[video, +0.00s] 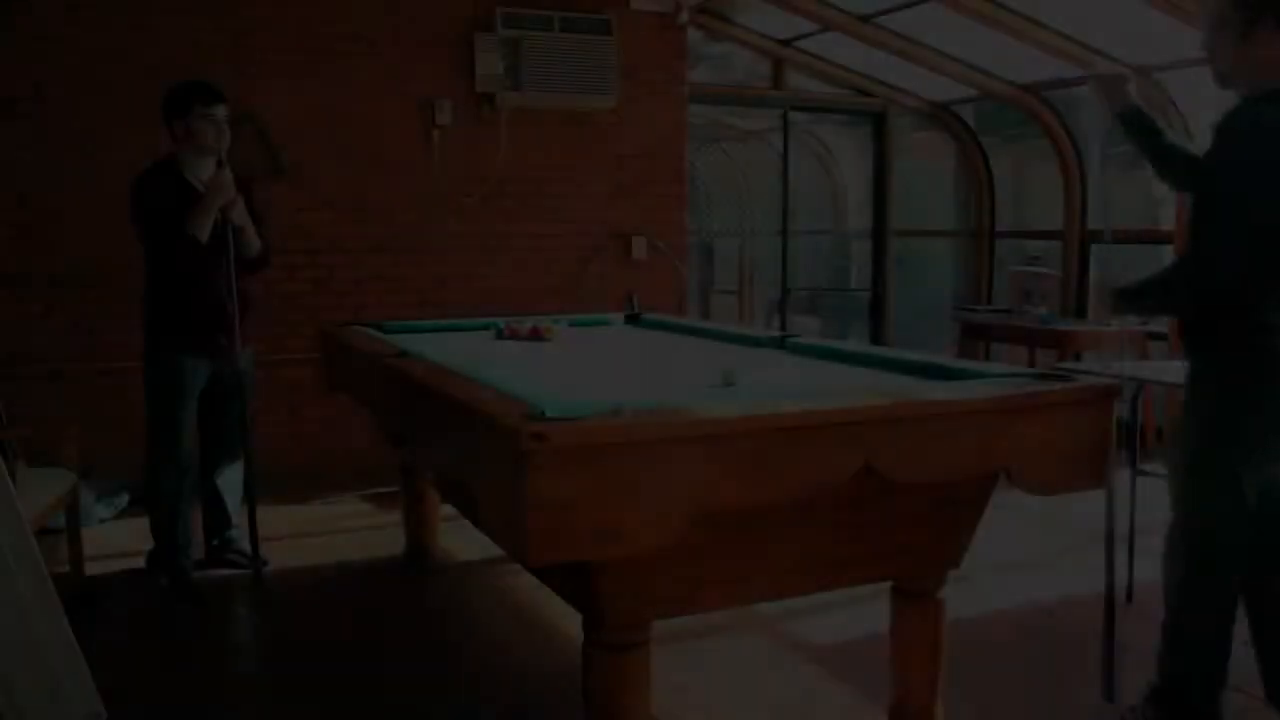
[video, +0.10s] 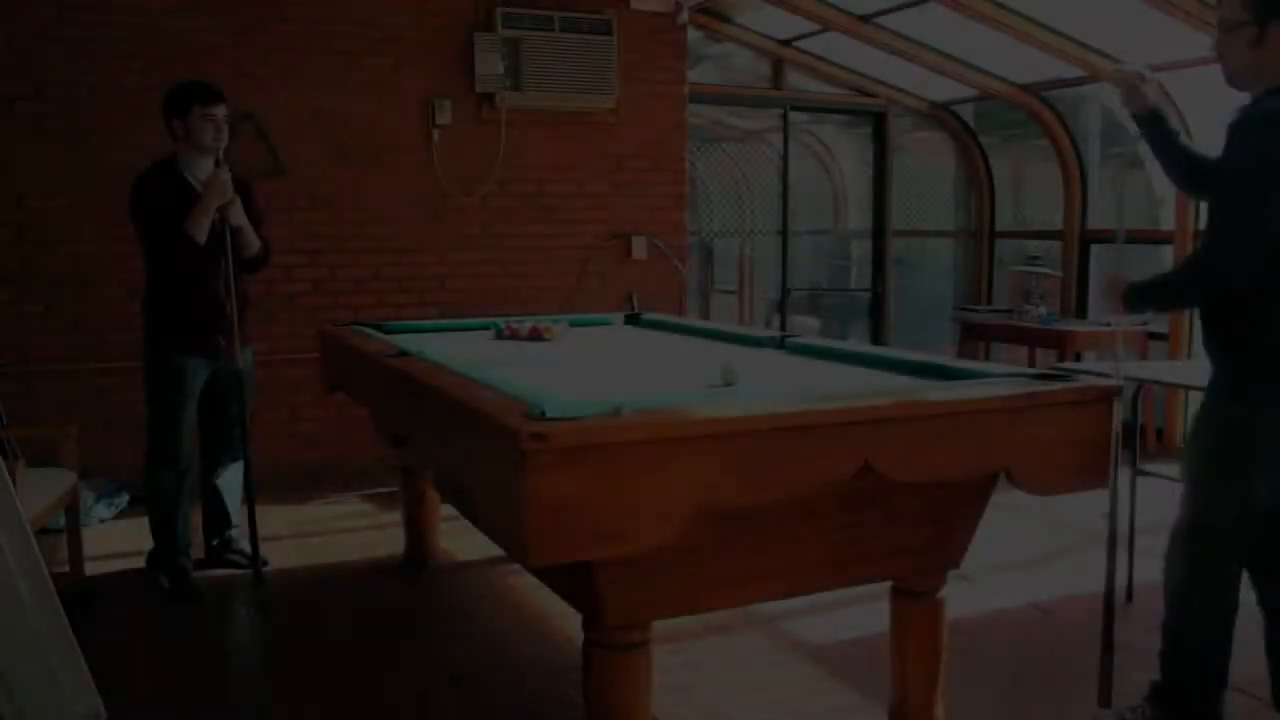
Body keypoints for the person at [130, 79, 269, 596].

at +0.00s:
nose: (222, 132)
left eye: (224, 122)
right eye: (210, 122)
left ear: (227, 130)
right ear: (181, 129)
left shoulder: (225, 182)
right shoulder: (156, 184)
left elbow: (255, 260)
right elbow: (173, 256)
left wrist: (238, 214)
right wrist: (210, 205)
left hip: (224, 331)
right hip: (174, 332)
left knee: (225, 444)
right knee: (176, 448)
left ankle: (222, 540)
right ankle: (172, 554)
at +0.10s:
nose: (220, 130)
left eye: (223, 121)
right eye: (208, 121)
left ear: (227, 127)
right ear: (179, 128)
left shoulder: (229, 182)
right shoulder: (154, 185)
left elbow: (255, 260)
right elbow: (171, 258)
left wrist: (237, 216)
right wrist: (207, 207)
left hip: (227, 333)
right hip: (175, 334)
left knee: (227, 446)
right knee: (173, 450)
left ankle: (223, 541)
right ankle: (170, 556)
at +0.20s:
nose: (218, 129)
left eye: (223, 121)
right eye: (207, 121)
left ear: (227, 127)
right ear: (179, 127)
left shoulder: (231, 182)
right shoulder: (153, 186)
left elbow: (255, 261)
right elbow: (169, 259)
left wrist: (237, 219)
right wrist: (205, 207)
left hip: (228, 334)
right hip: (175, 336)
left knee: (227, 447)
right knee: (172, 452)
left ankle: (224, 542)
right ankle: (170, 558)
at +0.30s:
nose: (217, 131)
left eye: (222, 122)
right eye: (206, 122)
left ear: (227, 128)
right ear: (177, 127)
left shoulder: (234, 183)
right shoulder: (151, 187)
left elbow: (255, 261)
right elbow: (167, 261)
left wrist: (237, 222)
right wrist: (202, 206)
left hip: (230, 336)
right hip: (176, 339)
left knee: (227, 448)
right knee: (171, 453)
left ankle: (225, 542)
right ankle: (171, 558)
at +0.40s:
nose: (216, 131)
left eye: (221, 122)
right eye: (205, 122)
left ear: (226, 127)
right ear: (176, 127)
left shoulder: (234, 185)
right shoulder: (151, 187)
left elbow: (255, 261)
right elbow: (167, 260)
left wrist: (236, 221)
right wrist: (201, 206)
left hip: (231, 337)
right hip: (176, 339)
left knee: (227, 448)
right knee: (172, 453)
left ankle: (224, 543)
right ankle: (170, 558)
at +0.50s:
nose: (214, 131)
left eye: (219, 122)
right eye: (203, 122)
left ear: (225, 127)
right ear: (175, 127)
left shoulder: (235, 184)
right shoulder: (150, 188)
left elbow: (255, 261)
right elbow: (167, 261)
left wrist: (236, 221)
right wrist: (200, 206)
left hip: (231, 337)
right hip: (177, 339)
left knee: (227, 449)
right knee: (172, 454)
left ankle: (225, 542)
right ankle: (171, 558)